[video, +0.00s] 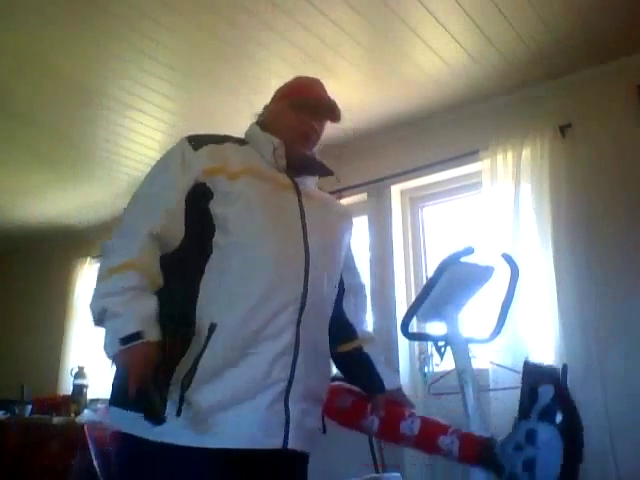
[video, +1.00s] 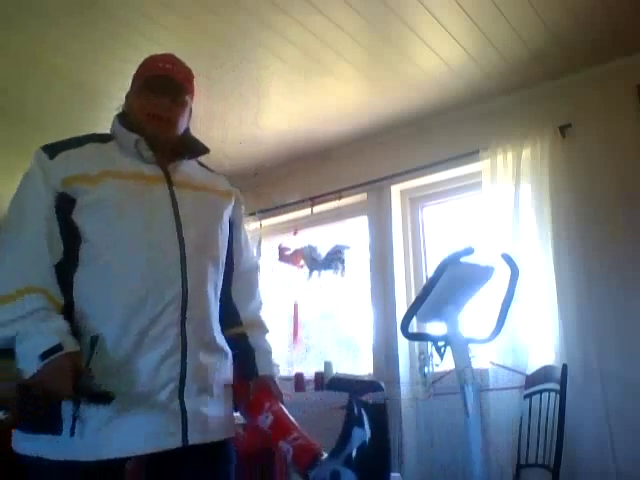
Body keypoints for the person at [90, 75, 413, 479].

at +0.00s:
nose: (316, 127)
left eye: (323, 121)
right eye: (307, 112)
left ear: (325, 131)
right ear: (273, 110)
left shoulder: (331, 215)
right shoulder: (201, 159)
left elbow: (343, 320)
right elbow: (129, 249)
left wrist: (380, 390)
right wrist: (132, 335)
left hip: (286, 436)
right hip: (183, 428)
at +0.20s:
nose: (287, 116)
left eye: (297, 108)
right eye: (275, 102)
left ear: (304, 120)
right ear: (243, 106)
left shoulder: (323, 205)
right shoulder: (178, 166)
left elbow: (340, 305)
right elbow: (112, 263)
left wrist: (376, 375)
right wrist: (98, 349)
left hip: (283, 432)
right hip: (177, 422)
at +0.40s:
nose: (252, 114)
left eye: (264, 106)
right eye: (240, 102)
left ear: (275, 120)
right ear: (214, 109)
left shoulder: (297, 202)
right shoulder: (148, 172)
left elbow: (323, 301)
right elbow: (90, 271)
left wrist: (355, 376)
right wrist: (76, 362)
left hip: (262, 431)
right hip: (155, 427)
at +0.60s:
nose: (210, 106)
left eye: (223, 97)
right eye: (198, 93)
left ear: (235, 111)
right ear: (174, 102)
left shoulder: (262, 194)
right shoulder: (104, 171)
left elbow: (291, 299)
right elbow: (49, 272)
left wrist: (318, 379)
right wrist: (42, 350)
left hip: (226, 437)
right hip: (110, 435)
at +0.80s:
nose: (170, 118)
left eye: (185, 110)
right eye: (160, 104)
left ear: (202, 122)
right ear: (139, 108)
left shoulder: (231, 201)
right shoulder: (67, 179)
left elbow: (258, 302)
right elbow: (14, 281)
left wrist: (280, 383)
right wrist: (18, 367)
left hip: (205, 444)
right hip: (88, 444)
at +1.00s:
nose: (161, 103)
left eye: (176, 95)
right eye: (152, 90)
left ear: (191, 113)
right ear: (128, 97)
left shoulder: (221, 193)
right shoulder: (61, 167)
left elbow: (241, 301)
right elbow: (22, 268)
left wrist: (260, 377)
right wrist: (44, 347)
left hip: (201, 432)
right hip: (85, 436)